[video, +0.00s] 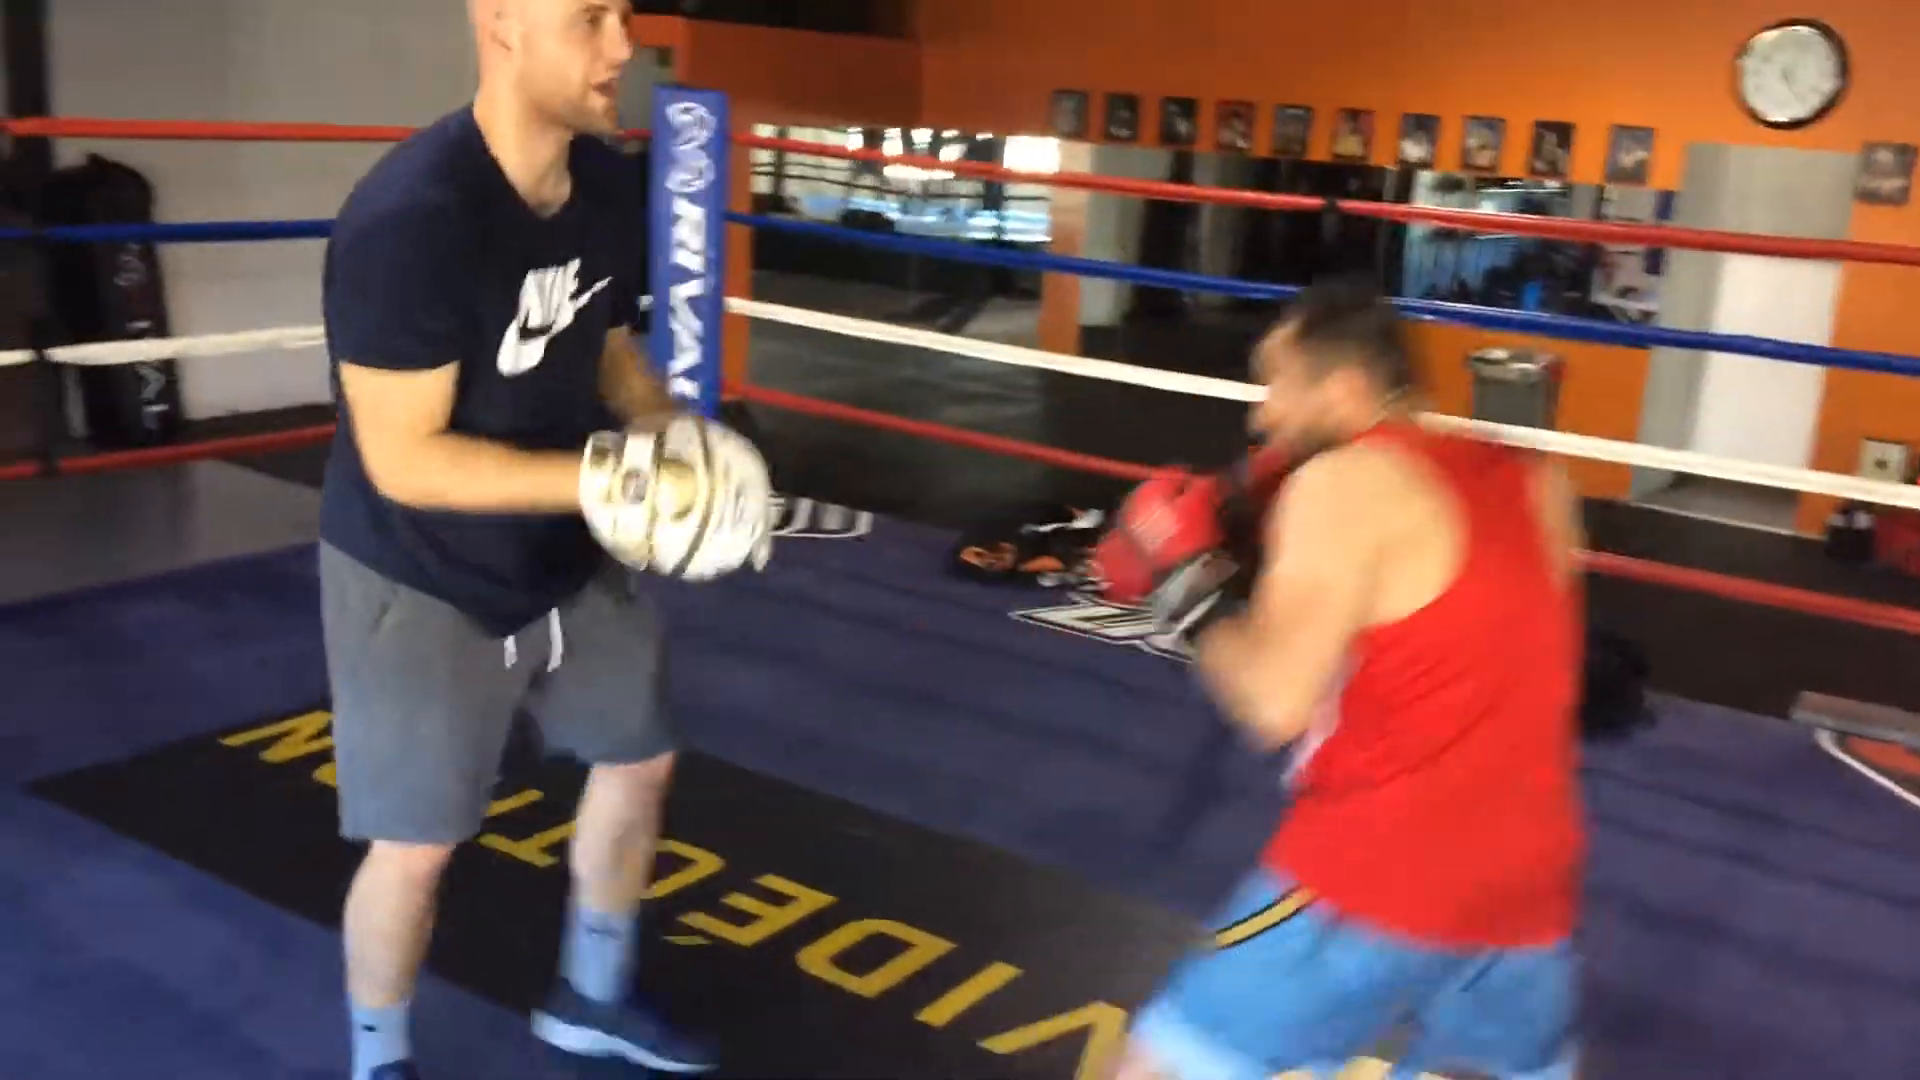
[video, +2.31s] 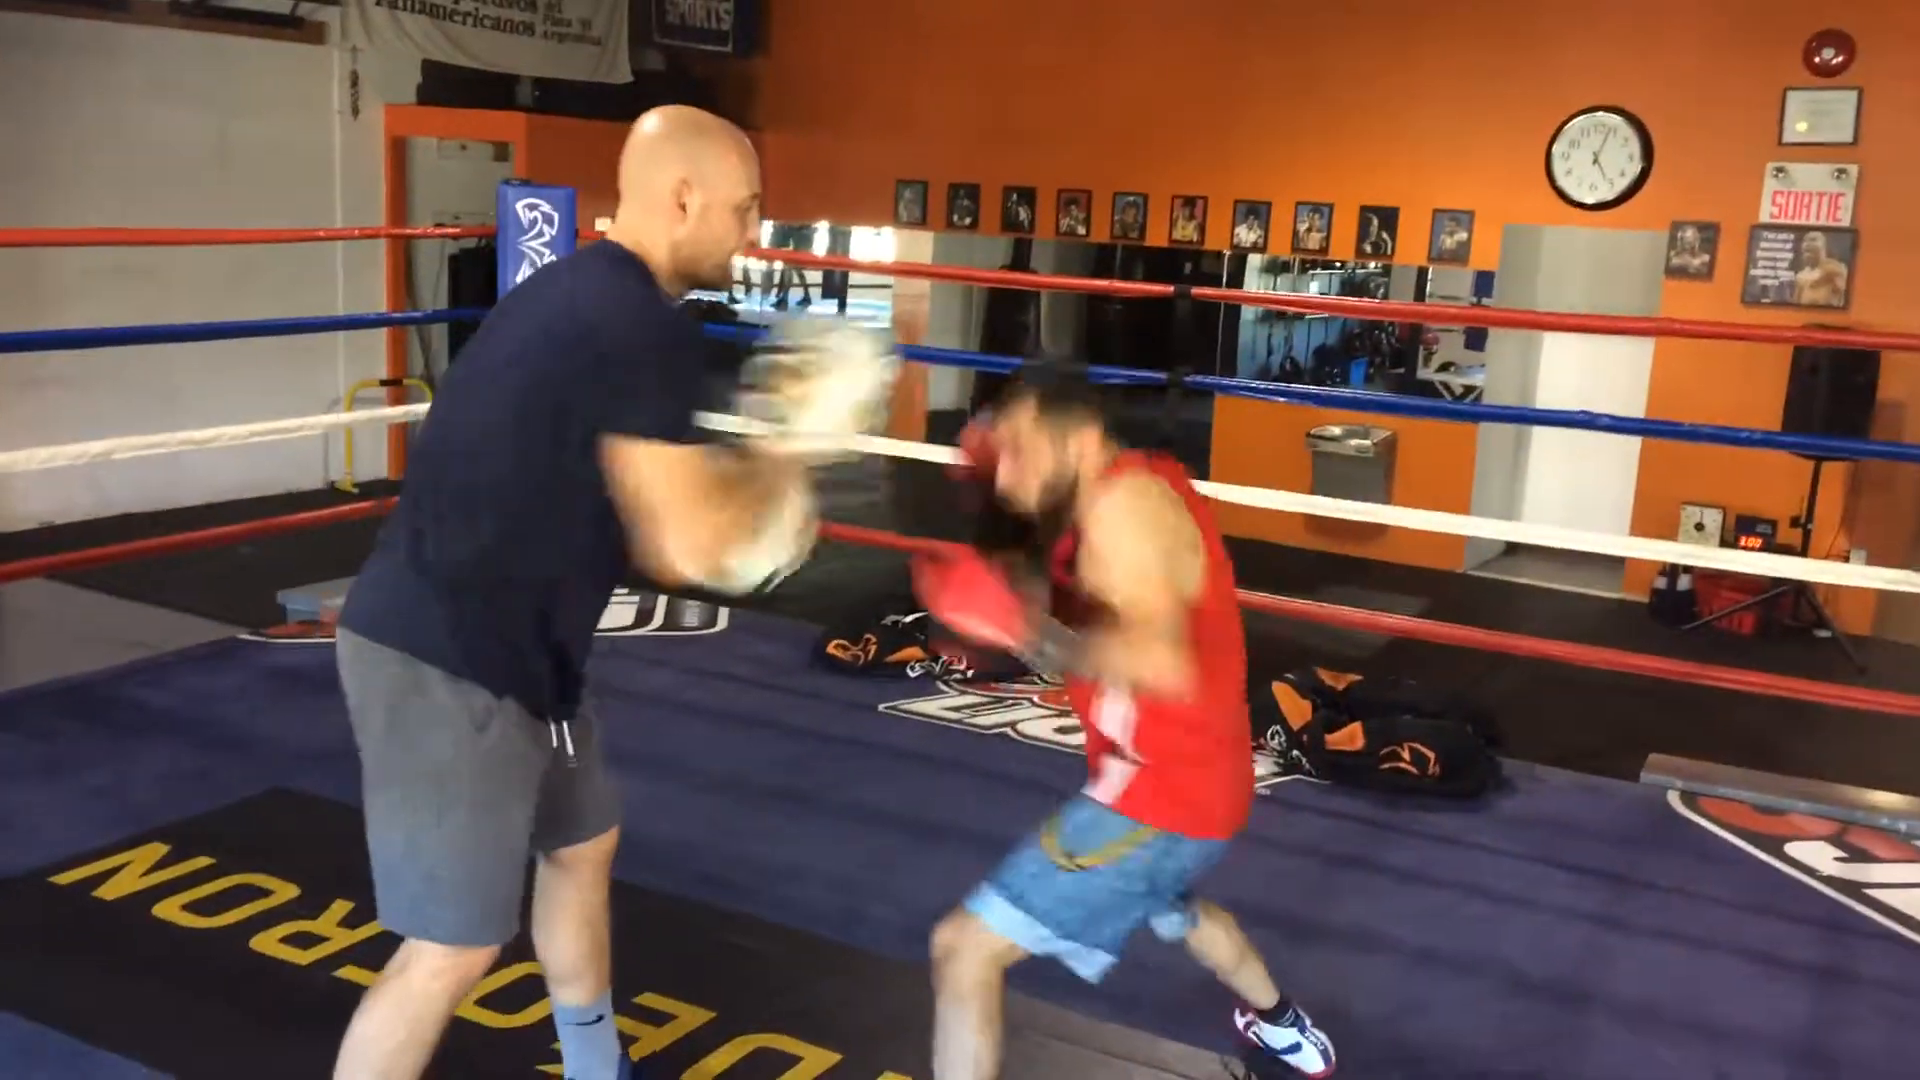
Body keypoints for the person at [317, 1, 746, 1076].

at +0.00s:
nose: (622, 49)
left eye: (624, 21)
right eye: (590, 20)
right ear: (498, 30)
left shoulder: (611, 182)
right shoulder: (402, 222)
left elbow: (610, 351)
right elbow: (401, 464)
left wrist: (682, 439)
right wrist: (606, 480)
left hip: (568, 536)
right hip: (413, 562)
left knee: (639, 752)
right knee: (418, 834)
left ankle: (592, 1000)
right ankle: (379, 1061)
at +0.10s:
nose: (627, 28)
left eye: (624, 5)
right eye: (595, 6)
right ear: (507, 21)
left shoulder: (620, 171)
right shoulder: (420, 200)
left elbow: (605, 323)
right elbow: (434, 449)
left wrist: (693, 389)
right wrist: (640, 430)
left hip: (567, 530)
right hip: (427, 550)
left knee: (622, 744)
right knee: (428, 812)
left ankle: (488, 949)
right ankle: (416, 1058)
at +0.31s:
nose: (636, 43)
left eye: (639, 19)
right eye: (603, 19)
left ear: (644, 29)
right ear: (519, 33)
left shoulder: (630, 198)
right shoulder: (438, 204)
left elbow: (648, 372)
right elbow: (464, 442)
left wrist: (744, 399)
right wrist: (657, 401)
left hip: (526, 546)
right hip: (409, 553)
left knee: (458, 796)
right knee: (440, 817)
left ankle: (386, 993)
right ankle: (445, 1059)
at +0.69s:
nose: (601, 97)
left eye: (599, 70)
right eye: (580, 70)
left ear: (504, 71)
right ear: (493, 69)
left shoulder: (534, 230)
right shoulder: (378, 223)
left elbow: (485, 417)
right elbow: (364, 468)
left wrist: (589, 425)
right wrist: (562, 442)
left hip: (440, 575)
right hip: (318, 581)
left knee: (434, 808)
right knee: (327, 839)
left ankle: (328, 1027)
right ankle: (290, 1065)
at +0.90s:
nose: (572, 130)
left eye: (571, 106)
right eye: (554, 106)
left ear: (480, 105)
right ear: (470, 102)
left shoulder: (484, 244)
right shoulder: (370, 263)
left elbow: (456, 418)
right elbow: (411, 507)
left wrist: (578, 407)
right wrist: (588, 440)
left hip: (409, 582)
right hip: (287, 602)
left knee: (503, 767)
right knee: (300, 872)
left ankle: (436, 1018)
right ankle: (244, 1069)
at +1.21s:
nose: (651, 144)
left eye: (649, 120)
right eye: (636, 119)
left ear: (560, 117)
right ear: (568, 117)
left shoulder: (540, 248)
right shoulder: (480, 256)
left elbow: (568, 428)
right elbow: (574, 483)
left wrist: (681, 379)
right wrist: (705, 392)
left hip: (468, 603)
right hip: (362, 611)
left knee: (509, 818)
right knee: (361, 884)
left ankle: (567, 1041)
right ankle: (245, 1073)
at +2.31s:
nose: (749, 242)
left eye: (752, 216)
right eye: (744, 212)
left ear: (658, 198)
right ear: (684, 198)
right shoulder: (625, 316)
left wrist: (759, 489)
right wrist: (785, 455)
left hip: (516, 647)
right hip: (441, 651)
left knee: (581, 838)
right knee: (453, 939)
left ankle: (595, 1069)